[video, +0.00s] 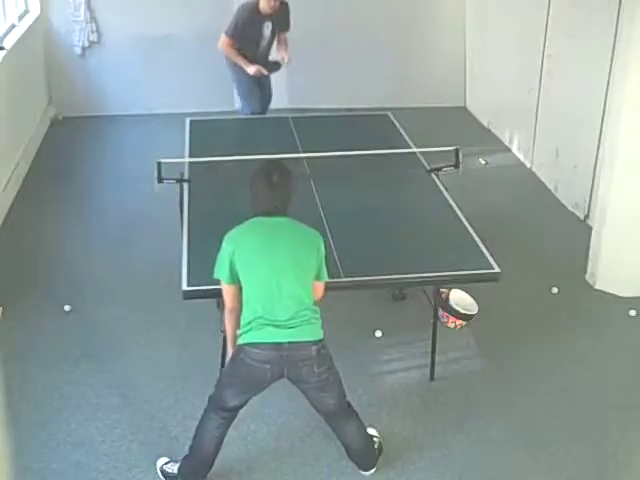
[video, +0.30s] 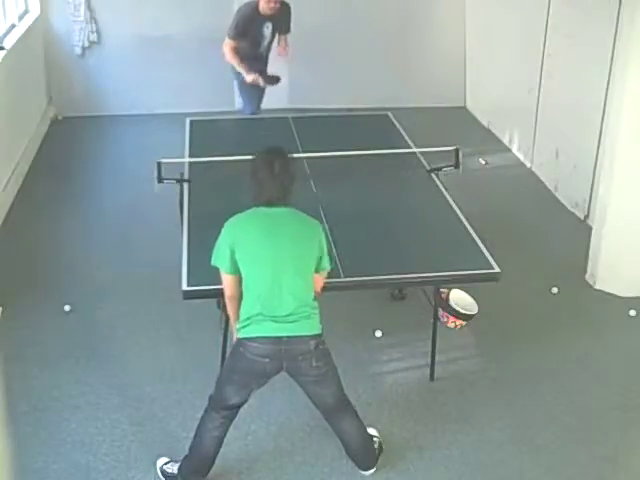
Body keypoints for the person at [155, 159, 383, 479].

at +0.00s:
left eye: (258, 192)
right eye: (283, 191)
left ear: (254, 196)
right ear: (288, 196)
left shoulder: (235, 238)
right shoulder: (312, 237)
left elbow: (231, 307)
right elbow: (317, 293)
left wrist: (231, 353)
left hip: (255, 353)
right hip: (308, 350)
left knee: (220, 411)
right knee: (338, 411)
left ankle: (188, 472)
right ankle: (367, 458)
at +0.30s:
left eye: (256, 178)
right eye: (283, 177)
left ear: (254, 182)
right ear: (289, 182)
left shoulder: (235, 227)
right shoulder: (313, 227)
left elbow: (231, 292)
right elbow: (317, 286)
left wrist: (238, 329)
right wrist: (291, 310)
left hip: (255, 345)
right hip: (307, 343)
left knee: (221, 411)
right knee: (338, 408)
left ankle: (188, 473)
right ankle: (367, 457)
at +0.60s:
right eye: (292, 167)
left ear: (256, 174)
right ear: (295, 175)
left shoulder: (236, 220)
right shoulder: (315, 222)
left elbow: (229, 285)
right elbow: (322, 280)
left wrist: (233, 323)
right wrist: (293, 275)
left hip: (252, 339)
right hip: (303, 339)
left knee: (220, 408)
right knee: (335, 403)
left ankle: (189, 472)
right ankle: (367, 457)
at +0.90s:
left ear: (271, 172)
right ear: (309, 174)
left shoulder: (249, 216)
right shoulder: (327, 223)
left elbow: (233, 281)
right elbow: (333, 285)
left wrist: (229, 323)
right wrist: (303, 268)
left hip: (256, 337)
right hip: (309, 337)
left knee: (221, 405)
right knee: (337, 398)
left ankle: (179, 470)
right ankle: (366, 457)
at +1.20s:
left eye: (261, 187)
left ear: (255, 193)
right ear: (290, 198)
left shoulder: (231, 227)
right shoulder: (306, 238)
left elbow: (201, 287)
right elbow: (312, 303)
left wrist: (209, 315)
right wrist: (278, 294)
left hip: (240, 356)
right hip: (292, 353)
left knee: (199, 417)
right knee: (324, 405)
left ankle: (187, 476)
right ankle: (365, 458)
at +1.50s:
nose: (218, 201)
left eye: (221, 194)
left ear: (225, 201)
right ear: (255, 202)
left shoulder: (221, 237)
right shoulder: (268, 239)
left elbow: (212, 294)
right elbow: (268, 291)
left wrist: (160, 339)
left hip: (243, 367)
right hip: (284, 360)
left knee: (185, 414)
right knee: (314, 408)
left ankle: (181, 474)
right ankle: (362, 456)